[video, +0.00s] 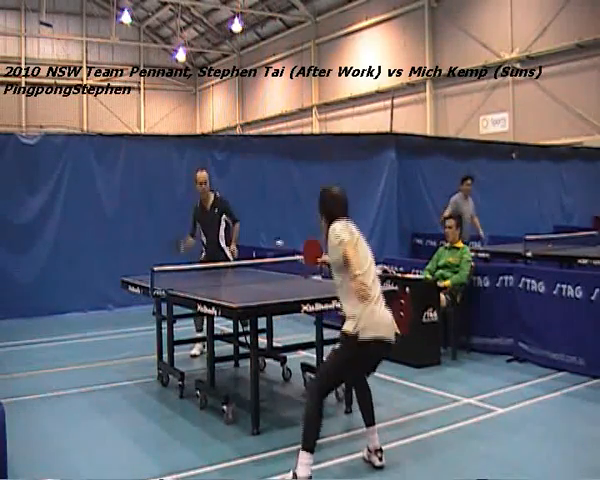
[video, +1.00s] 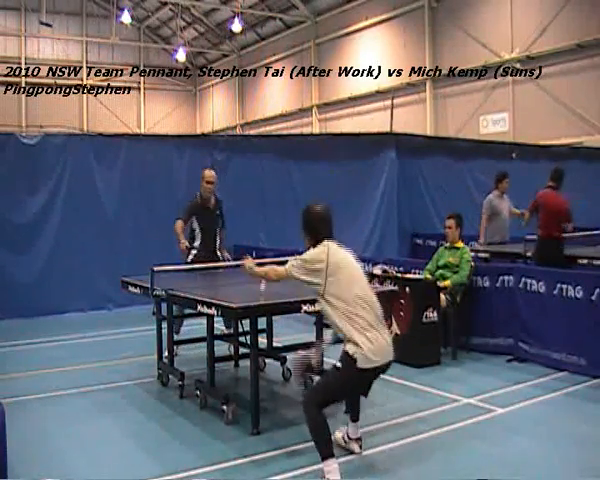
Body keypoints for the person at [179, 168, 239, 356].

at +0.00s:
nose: (202, 187)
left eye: (204, 183)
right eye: (199, 184)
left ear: (209, 184)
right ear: (195, 185)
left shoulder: (221, 203)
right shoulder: (198, 208)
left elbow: (235, 222)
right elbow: (194, 234)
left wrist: (233, 243)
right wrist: (186, 244)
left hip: (224, 257)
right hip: (207, 257)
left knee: (233, 295)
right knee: (199, 297)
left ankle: (249, 334)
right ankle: (199, 339)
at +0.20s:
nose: (203, 192)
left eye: (205, 188)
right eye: (200, 189)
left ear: (210, 188)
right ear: (196, 191)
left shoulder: (221, 204)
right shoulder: (198, 212)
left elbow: (237, 221)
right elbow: (195, 240)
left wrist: (235, 241)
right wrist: (200, 256)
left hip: (226, 256)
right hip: (209, 258)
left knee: (233, 295)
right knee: (199, 298)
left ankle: (250, 333)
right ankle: (202, 338)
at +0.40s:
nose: (213, 196)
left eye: (215, 192)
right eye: (210, 192)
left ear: (218, 191)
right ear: (203, 192)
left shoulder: (220, 202)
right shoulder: (197, 211)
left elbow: (231, 217)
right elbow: (191, 241)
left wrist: (240, 234)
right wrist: (213, 245)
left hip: (222, 253)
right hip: (205, 255)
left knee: (223, 290)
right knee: (201, 296)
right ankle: (200, 338)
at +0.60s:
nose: (224, 198)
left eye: (226, 195)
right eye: (221, 194)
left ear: (228, 194)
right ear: (213, 193)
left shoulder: (224, 208)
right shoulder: (207, 208)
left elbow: (221, 230)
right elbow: (202, 230)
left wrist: (228, 236)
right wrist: (205, 250)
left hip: (224, 257)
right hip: (209, 259)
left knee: (223, 296)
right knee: (203, 299)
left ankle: (230, 331)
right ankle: (199, 338)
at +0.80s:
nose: (225, 189)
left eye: (227, 186)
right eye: (222, 185)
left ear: (230, 187)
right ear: (215, 185)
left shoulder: (227, 203)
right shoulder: (207, 204)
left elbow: (223, 228)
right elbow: (195, 223)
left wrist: (227, 246)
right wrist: (191, 243)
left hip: (222, 258)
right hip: (204, 259)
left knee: (228, 295)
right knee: (194, 300)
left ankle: (233, 332)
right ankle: (185, 337)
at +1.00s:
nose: (210, 186)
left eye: (213, 183)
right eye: (207, 183)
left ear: (216, 185)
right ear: (201, 183)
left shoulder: (217, 203)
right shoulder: (195, 204)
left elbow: (220, 229)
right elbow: (179, 223)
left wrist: (222, 249)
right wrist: (182, 239)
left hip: (215, 257)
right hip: (196, 256)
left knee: (225, 291)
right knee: (184, 294)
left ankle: (230, 328)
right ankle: (174, 331)